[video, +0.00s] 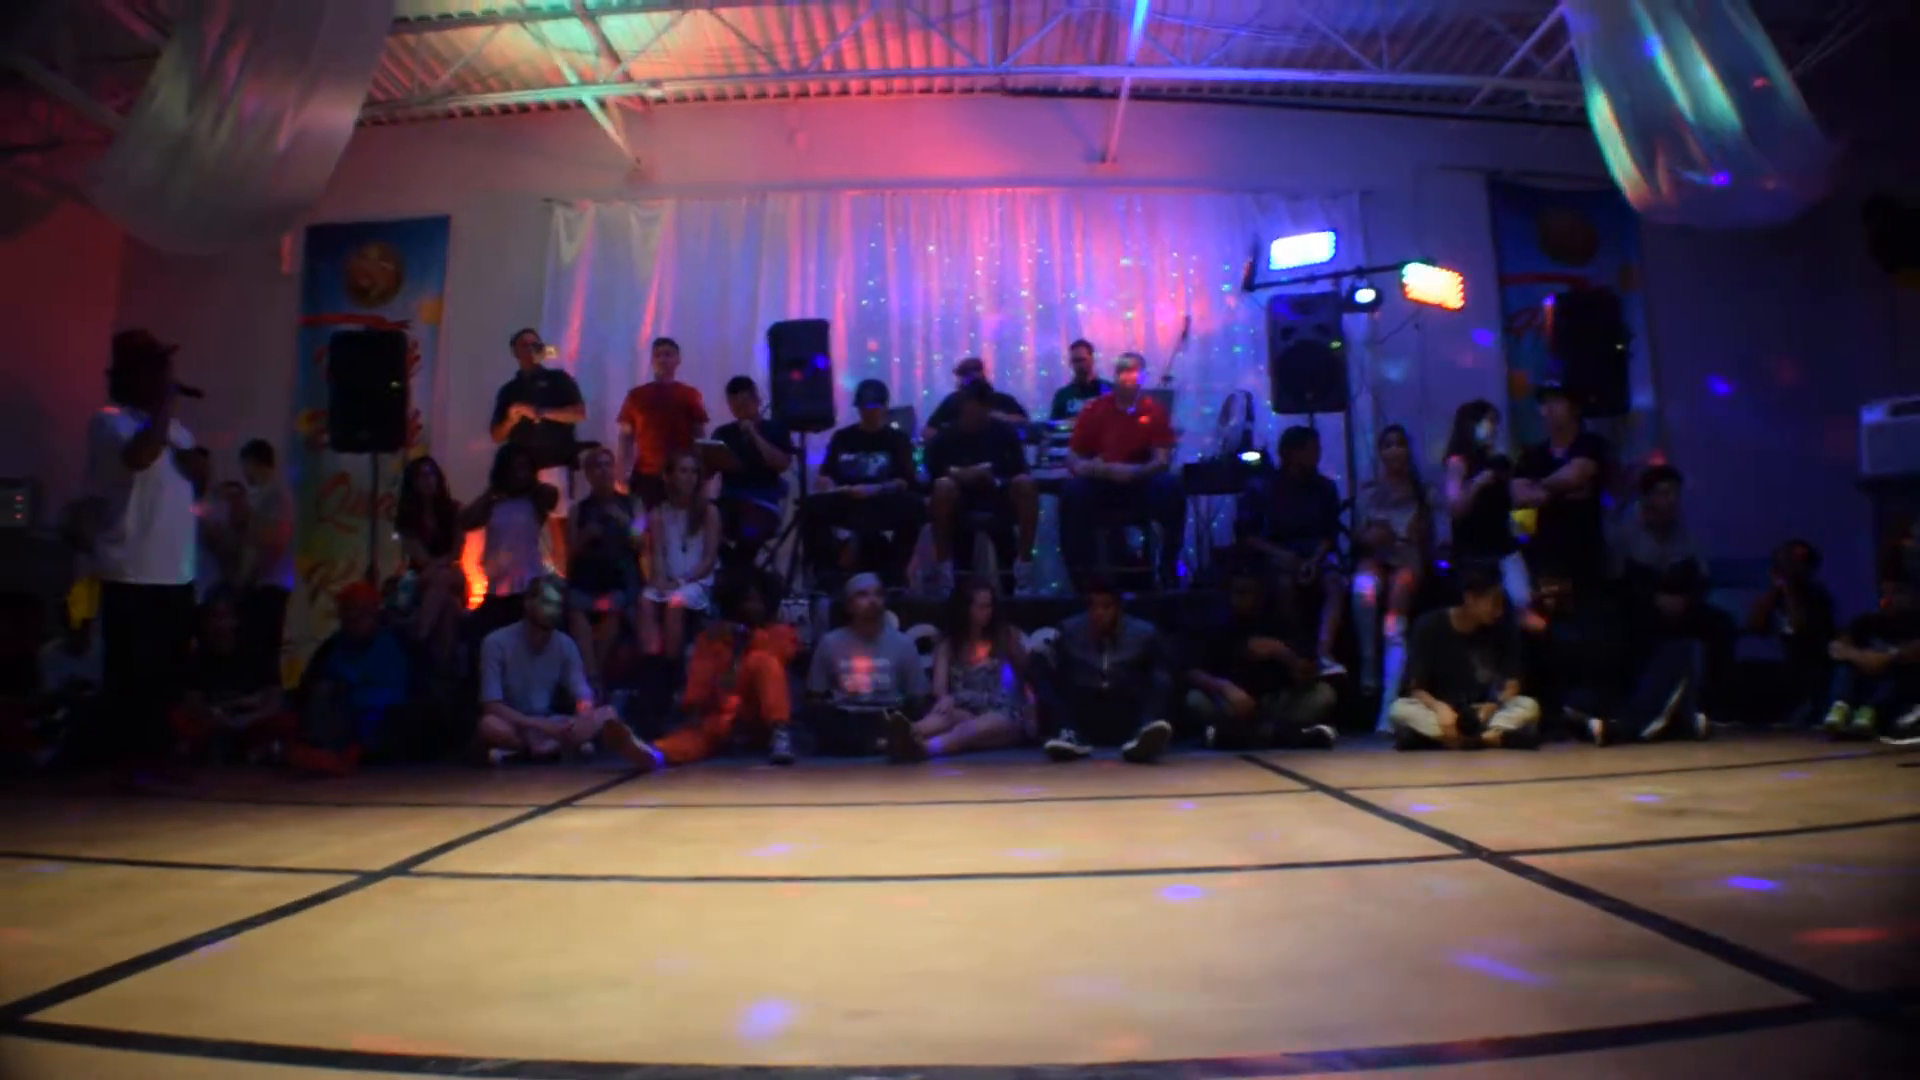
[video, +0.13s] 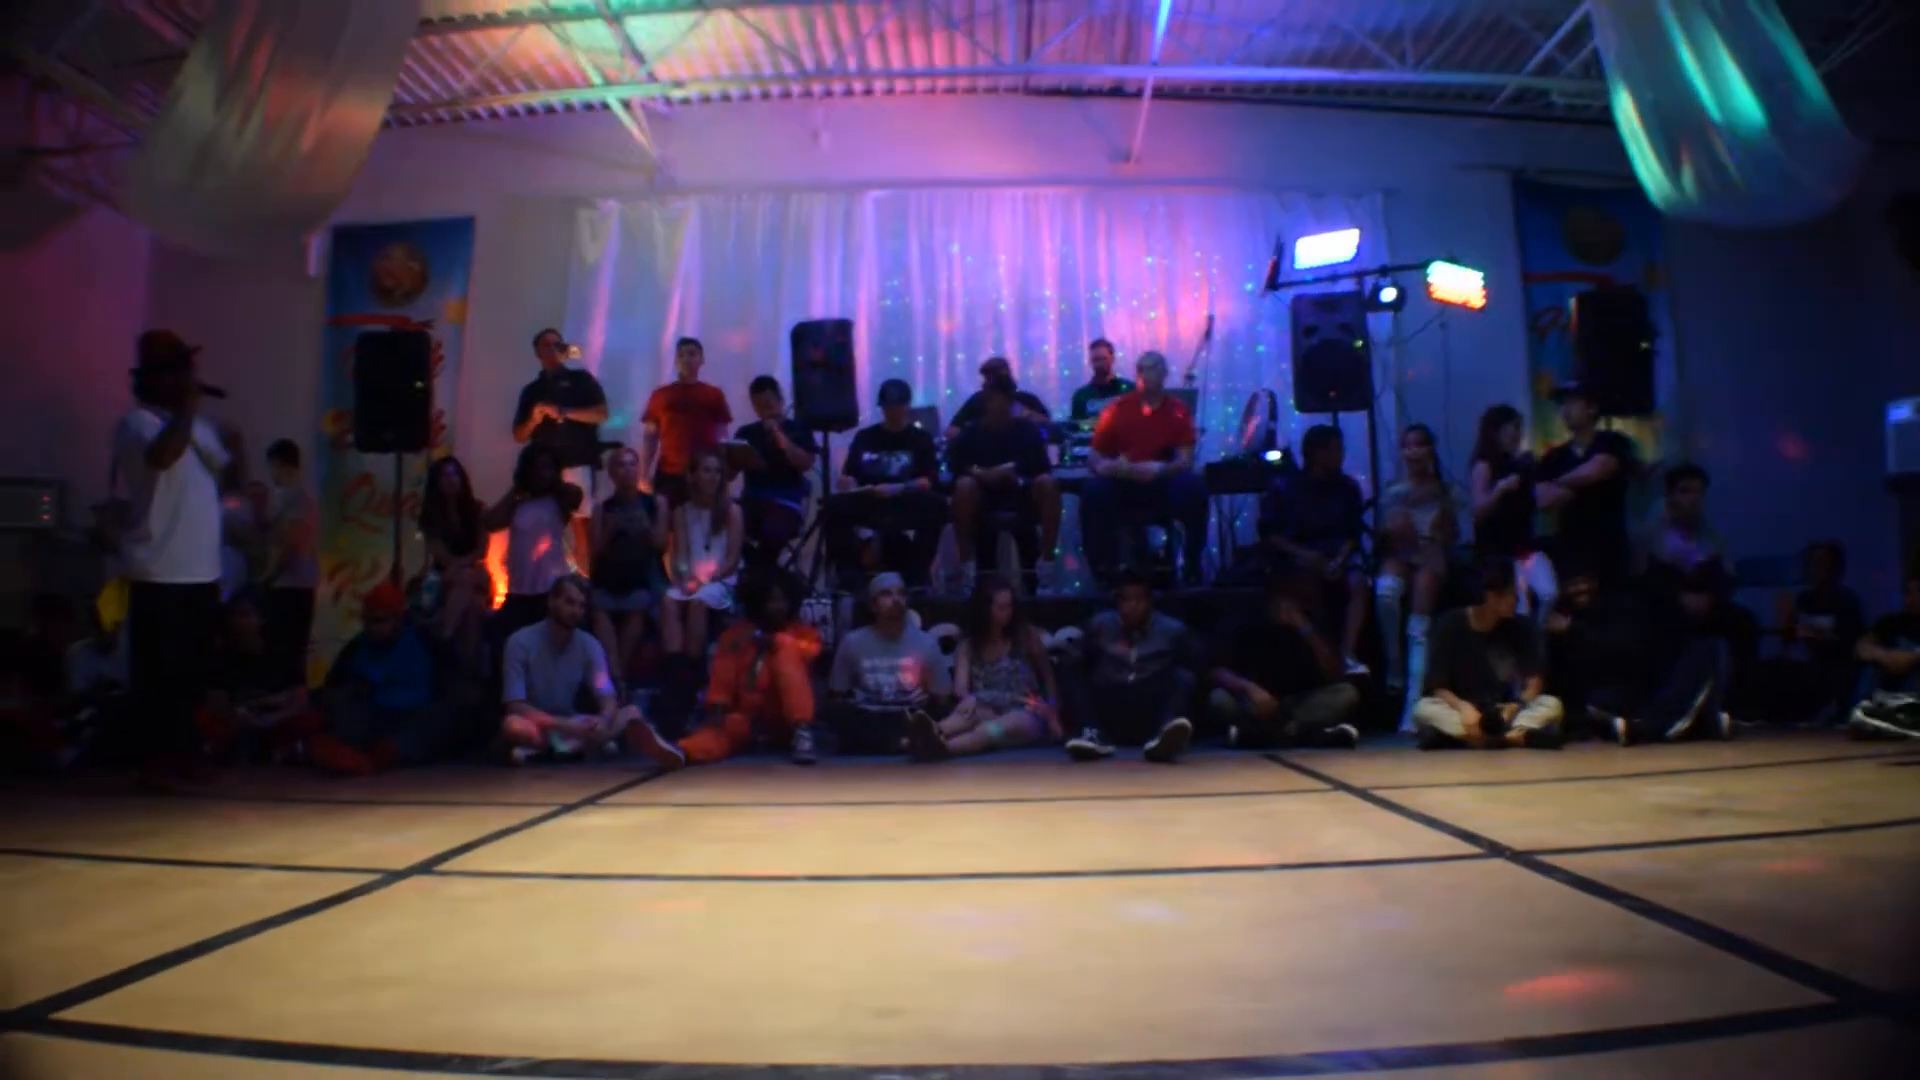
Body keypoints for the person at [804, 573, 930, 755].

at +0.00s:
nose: (872, 601)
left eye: (877, 594)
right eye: (863, 595)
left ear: (883, 600)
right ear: (850, 604)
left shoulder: (902, 644)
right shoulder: (831, 644)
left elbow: (918, 698)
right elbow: (815, 697)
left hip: (889, 722)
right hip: (843, 722)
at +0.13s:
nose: (895, 600)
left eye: (900, 594)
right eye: (886, 594)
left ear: (906, 599)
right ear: (873, 603)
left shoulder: (925, 643)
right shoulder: (853, 643)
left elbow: (941, 698)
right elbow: (837, 696)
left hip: (911, 714)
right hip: (867, 714)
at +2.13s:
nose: (887, 603)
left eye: (892, 596)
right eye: (878, 597)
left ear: (898, 602)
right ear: (865, 606)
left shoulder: (916, 645)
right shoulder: (845, 645)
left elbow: (936, 701)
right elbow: (829, 700)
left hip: (905, 716)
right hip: (861, 718)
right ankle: (894, 746)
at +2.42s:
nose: (887, 603)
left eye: (891, 597)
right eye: (878, 598)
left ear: (898, 602)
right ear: (865, 606)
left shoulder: (916, 644)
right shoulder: (845, 645)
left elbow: (936, 701)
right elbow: (829, 699)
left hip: (908, 717)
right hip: (863, 717)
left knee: (964, 714)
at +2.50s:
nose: (886, 603)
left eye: (891, 596)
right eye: (878, 598)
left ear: (897, 601)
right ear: (864, 605)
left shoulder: (916, 645)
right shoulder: (845, 645)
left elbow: (937, 702)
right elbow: (829, 701)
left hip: (908, 721)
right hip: (862, 722)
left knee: (964, 714)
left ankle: (925, 747)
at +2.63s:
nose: (887, 603)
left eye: (892, 597)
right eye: (879, 597)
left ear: (898, 602)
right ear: (865, 606)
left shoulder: (916, 645)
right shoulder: (845, 645)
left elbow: (937, 702)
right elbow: (828, 698)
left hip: (906, 716)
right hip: (860, 717)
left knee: (964, 713)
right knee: (829, 716)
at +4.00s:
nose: (863, 606)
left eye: (870, 599)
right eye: (862, 599)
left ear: (891, 605)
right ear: (858, 602)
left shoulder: (916, 645)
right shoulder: (845, 644)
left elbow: (934, 699)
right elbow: (830, 692)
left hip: (903, 715)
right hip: (859, 716)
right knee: (828, 717)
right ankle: (893, 746)